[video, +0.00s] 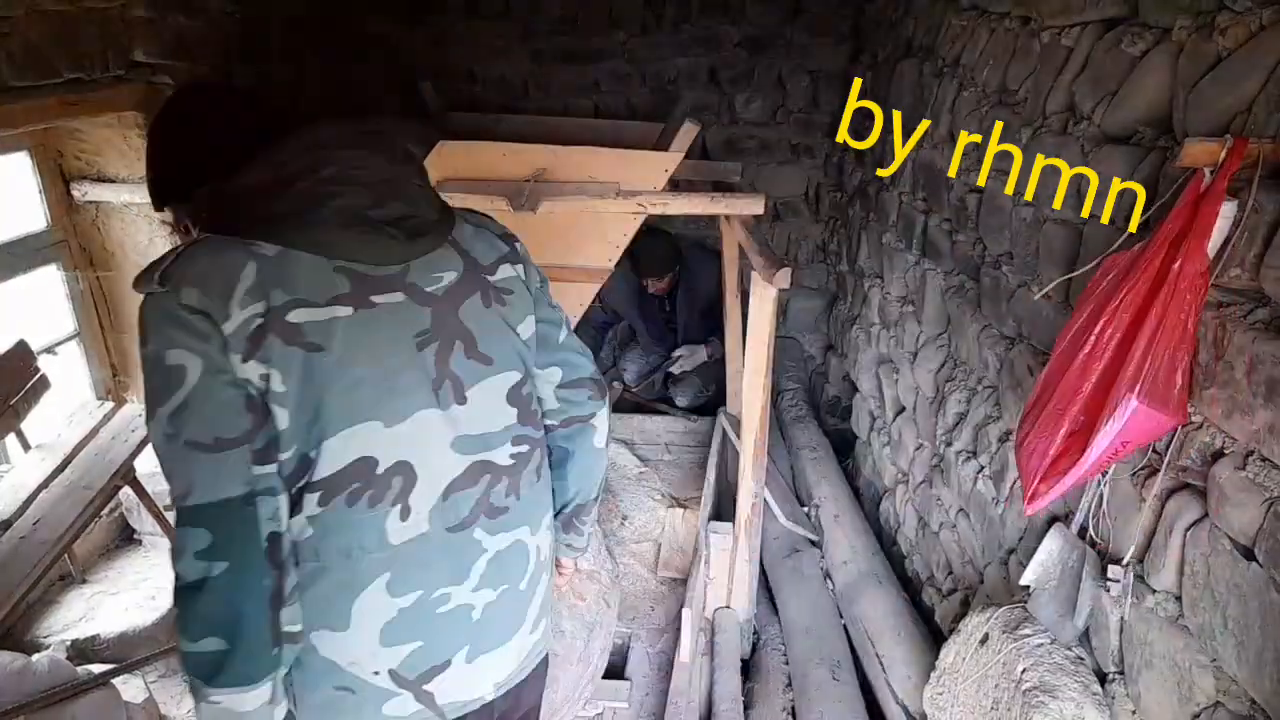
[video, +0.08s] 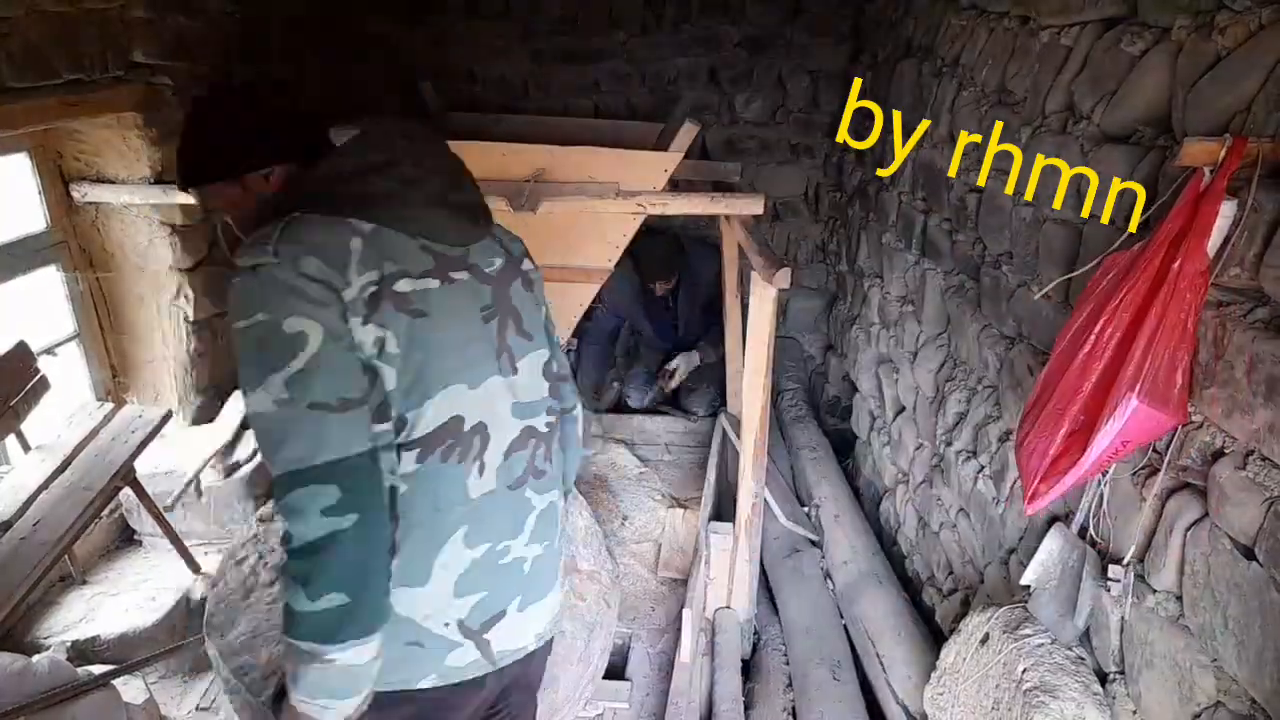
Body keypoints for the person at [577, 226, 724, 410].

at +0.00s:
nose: (651, 289)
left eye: (658, 281)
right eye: (645, 281)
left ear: (675, 272)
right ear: (638, 274)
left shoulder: (708, 277)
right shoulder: (621, 286)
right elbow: (590, 328)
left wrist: (708, 351)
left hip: (699, 347)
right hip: (655, 343)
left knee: (686, 395)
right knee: (632, 375)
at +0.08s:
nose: (658, 292)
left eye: (666, 284)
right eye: (652, 285)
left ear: (679, 272)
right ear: (640, 277)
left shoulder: (708, 268)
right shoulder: (622, 286)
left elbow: (730, 325)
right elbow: (596, 338)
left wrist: (698, 357)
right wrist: (593, 396)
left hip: (700, 347)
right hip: (654, 348)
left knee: (697, 405)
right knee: (636, 399)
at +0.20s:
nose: (666, 308)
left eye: (673, 302)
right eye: (660, 301)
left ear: (688, 291)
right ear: (648, 288)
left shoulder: (710, 289)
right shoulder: (626, 285)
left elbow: (712, 348)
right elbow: (592, 316)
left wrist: (672, 377)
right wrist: (606, 346)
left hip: (692, 357)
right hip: (645, 357)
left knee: (699, 407)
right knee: (637, 405)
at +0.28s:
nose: (652, 328)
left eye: (662, 322)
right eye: (648, 319)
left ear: (681, 314)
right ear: (640, 306)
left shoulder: (709, 309)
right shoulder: (619, 308)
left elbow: (707, 364)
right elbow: (600, 352)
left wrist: (663, 392)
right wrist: (610, 389)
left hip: (685, 364)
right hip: (639, 363)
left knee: (700, 408)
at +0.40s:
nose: (643, 345)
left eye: (653, 339)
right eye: (640, 336)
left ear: (675, 329)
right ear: (633, 322)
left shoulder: (709, 324)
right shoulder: (617, 335)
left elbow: (711, 373)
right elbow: (591, 390)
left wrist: (664, 400)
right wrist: (565, 448)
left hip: (692, 366)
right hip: (647, 370)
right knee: (635, 399)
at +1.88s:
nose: (634, 361)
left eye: (643, 356)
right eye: (628, 353)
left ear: (662, 345)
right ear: (621, 341)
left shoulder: (702, 341)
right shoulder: (606, 354)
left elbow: (710, 378)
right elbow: (579, 400)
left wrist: (658, 399)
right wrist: (556, 455)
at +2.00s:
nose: (636, 360)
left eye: (644, 354)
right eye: (630, 352)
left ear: (662, 345)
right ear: (622, 339)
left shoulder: (703, 339)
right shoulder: (608, 352)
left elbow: (710, 379)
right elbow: (576, 394)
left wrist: (658, 398)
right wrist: (557, 443)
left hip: (687, 369)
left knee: (698, 407)